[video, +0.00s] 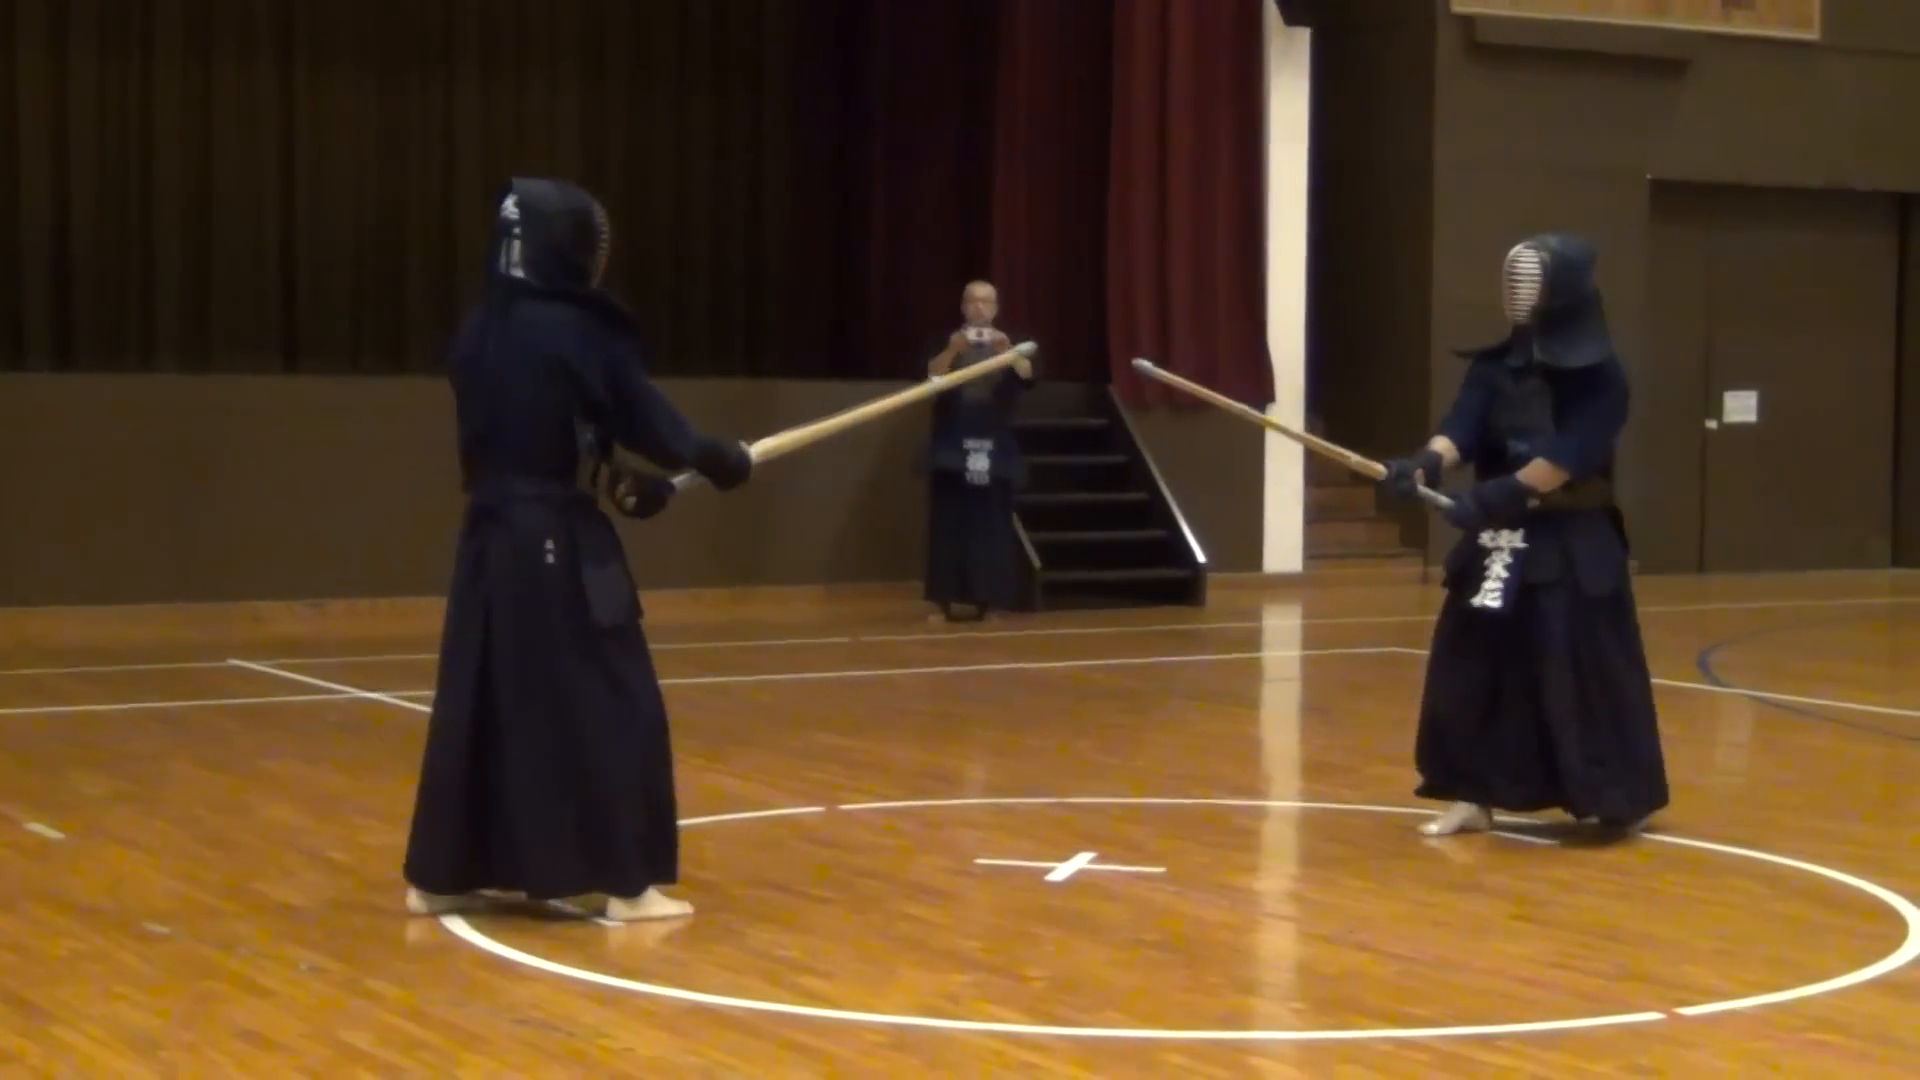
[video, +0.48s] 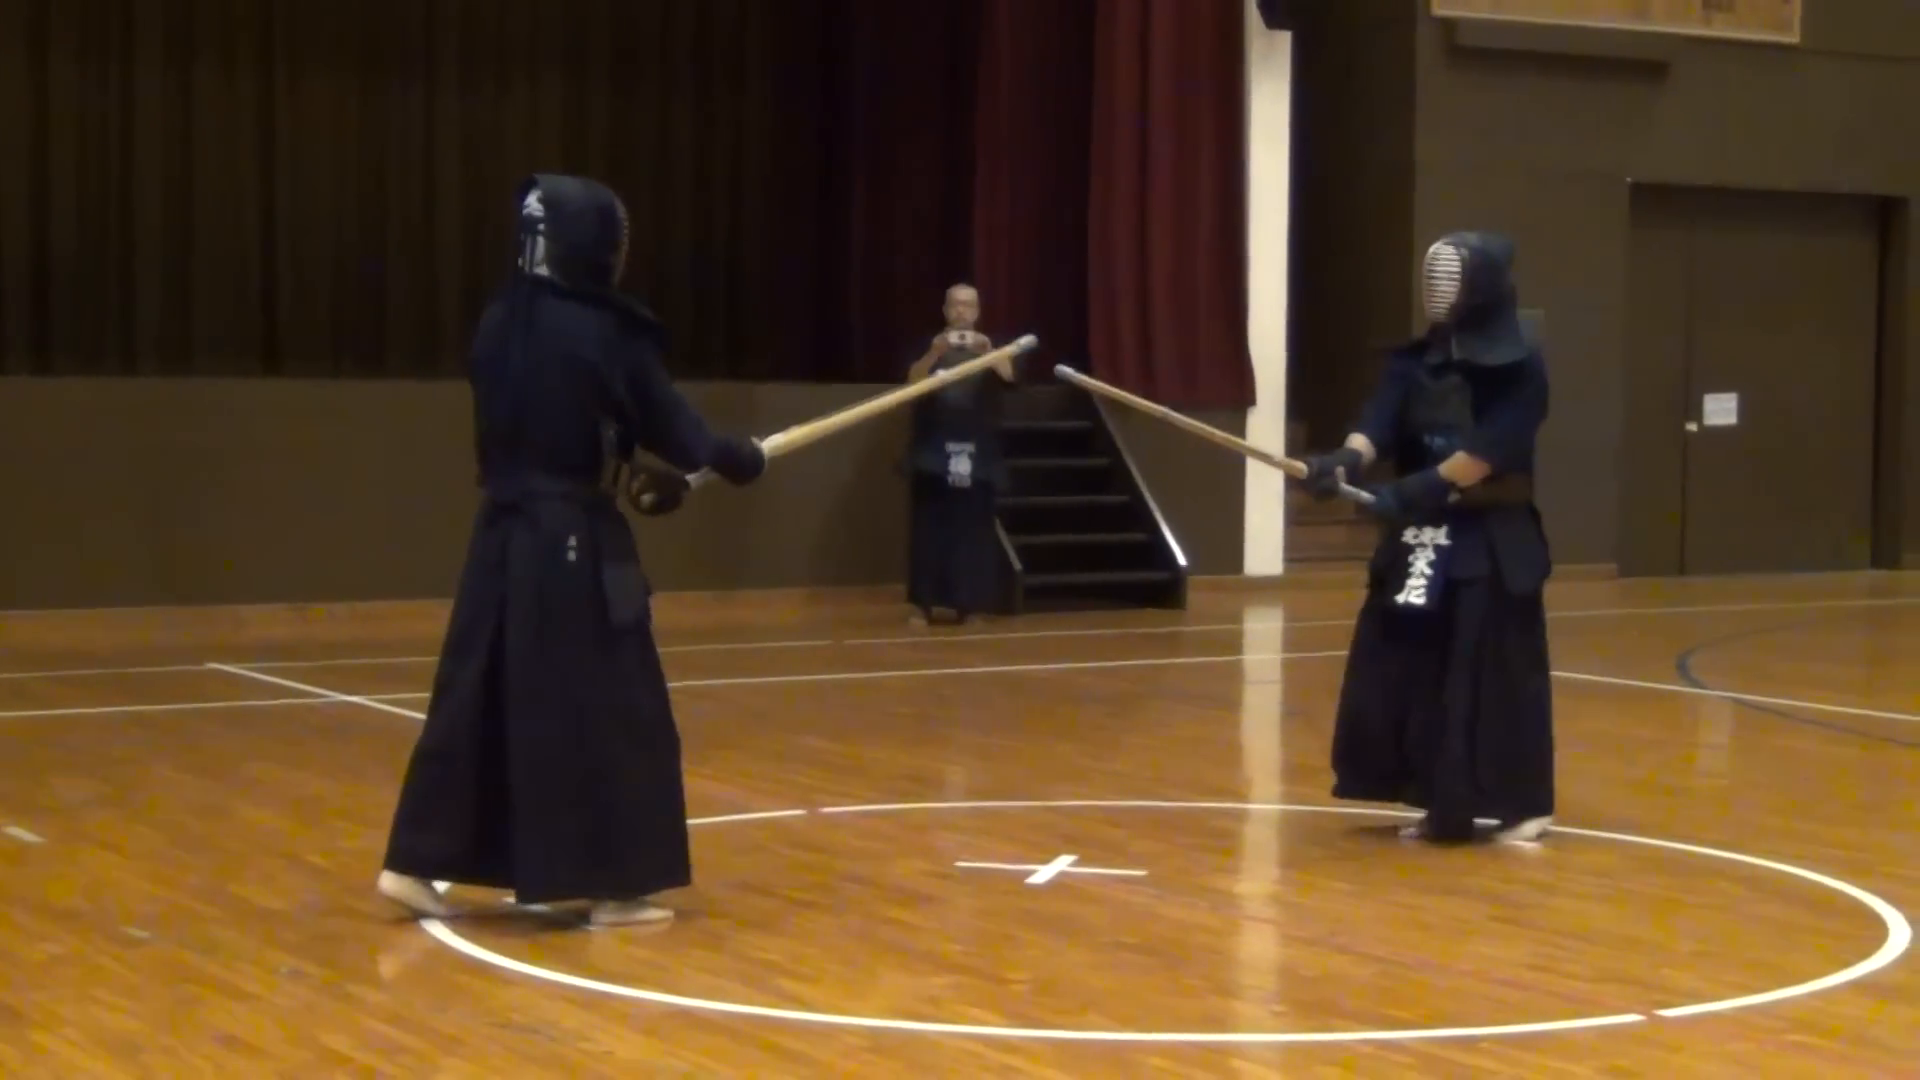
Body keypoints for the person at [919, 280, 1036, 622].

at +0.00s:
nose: (979, 308)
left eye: (986, 302)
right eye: (973, 302)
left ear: (997, 307)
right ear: (963, 306)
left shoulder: (1007, 348)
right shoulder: (947, 344)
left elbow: (1027, 376)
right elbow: (930, 375)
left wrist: (1002, 348)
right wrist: (954, 349)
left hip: (993, 441)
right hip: (952, 440)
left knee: (990, 516)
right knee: (950, 516)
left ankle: (989, 598)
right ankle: (947, 596)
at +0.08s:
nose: (978, 308)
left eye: (985, 303)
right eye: (972, 302)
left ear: (994, 308)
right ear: (962, 307)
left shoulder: (1004, 347)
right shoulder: (948, 345)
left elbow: (1031, 376)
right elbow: (927, 379)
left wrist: (1003, 351)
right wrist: (951, 351)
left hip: (992, 442)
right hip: (950, 441)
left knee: (990, 518)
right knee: (947, 518)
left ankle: (988, 600)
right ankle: (941, 598)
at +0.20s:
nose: (975, 310)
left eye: (981, 304)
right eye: (969, 303)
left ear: (991, 309)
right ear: (958, 308)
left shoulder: (1001, 347)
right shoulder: (944, 345)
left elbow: (1026, 379)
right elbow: (924, 380)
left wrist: (1001, 353)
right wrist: (948, 352)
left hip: (989, 443)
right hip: (948, 442)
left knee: (986, 519)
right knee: (945, 519)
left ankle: (983, 600)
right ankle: (941, 598)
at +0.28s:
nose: (972, 310)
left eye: (979, 304)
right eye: (966, 303)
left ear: (989, 309)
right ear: (955, 308)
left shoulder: (1001, 346)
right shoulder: (941, 345)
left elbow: (1023, 378)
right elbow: (922, 380)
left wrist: (997, 352)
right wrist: (946, 352)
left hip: (987, 444)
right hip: (944, 443)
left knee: (985, 521)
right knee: (939, 520)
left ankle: (985, 604)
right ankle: (932, 602)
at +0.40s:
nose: (965, 311)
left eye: (972, 305)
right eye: (959, 304)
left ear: (982, 309)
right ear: (949, 308)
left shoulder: (995, 347)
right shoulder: (934, 345)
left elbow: (1019, 376)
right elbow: (916, 380)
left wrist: (990, 352)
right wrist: (940, 352)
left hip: (980, 444)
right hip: (938, 443)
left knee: (977, 521)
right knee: (935, 520)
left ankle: (976, 601)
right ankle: (930, 599)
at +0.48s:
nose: (962, 311)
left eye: (969, 305)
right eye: (956, 305)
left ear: (979, 310)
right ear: (945, 309)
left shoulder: (990, 349)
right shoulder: (931, 347)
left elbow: (1010, 376)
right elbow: (912, 381)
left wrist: (983, 348)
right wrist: (935, 353)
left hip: (976, 444)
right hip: (933, 442)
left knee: (973, 520)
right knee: (930, 519)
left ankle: (971, 604)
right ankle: (923, 601)